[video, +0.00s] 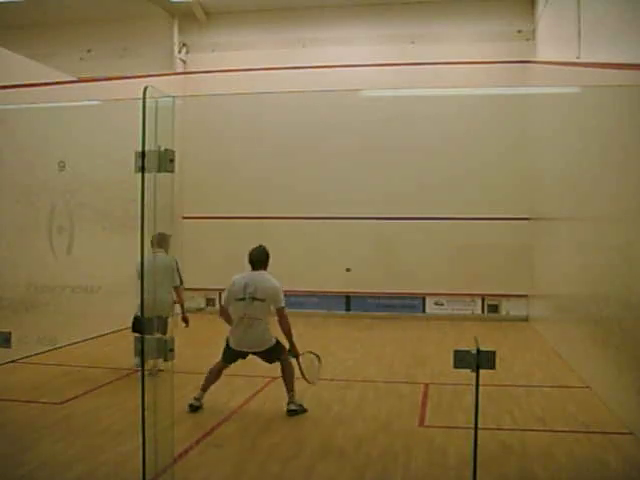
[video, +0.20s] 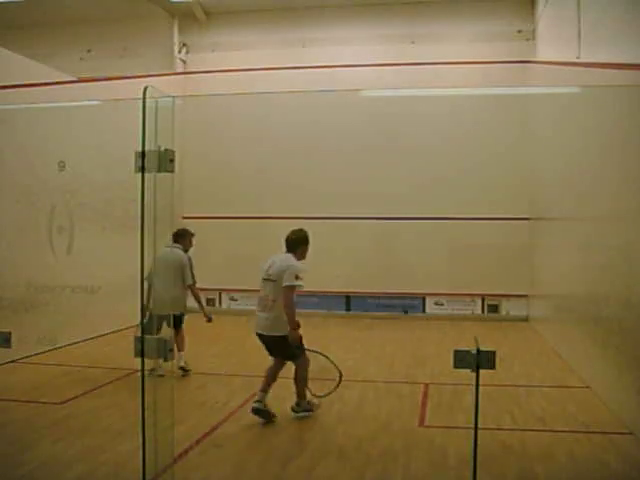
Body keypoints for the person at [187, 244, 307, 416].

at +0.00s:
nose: (268, 263)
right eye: (267, 260)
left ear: (250, 262)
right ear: (267, 262)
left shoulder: (236, 281)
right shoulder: (272, 285)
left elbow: (223, 311)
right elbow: (282, 317)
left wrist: (236, 326)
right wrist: (292, 344)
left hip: (236, 340)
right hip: (261, 341)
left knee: (221, 364)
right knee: (285, 358)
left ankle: (198, 398)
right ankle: (292, 401)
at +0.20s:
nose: (307, 251)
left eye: (307, 247)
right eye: (307, 247)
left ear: (288, 245)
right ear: (302, 247)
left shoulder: (273, 262)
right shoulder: (291, 266)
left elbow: (268, 295)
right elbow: (287, 301)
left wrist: (289, 319)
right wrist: (293, 328)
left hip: (263, 327)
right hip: (279, 329)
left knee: (279, 360)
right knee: (302, 361)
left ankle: (260, 400)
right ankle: (301, 402)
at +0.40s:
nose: (344, 259)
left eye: (343, 255)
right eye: (341, 255)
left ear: (329, 257)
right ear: (329, 256)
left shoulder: (321, 275)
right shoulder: (309, 275)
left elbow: (316, 308)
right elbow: (291, 303)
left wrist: (326, 331)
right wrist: (295, 322)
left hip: (308, 338)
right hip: (303, 340)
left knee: (305, 379)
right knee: (342, 373)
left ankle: (271, 413)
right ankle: (347, 428)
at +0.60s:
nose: (381, 265)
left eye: (381, 261)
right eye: (377, 261)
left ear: (370, 261)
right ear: (362, 260)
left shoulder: (370, 284)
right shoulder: (340, 279)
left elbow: (364, 313)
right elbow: (318, 302)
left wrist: (373, 345)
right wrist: (325, 312)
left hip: (351, 341)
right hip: (329, 343)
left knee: (373, 389)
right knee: (358, 388)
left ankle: (344, 413)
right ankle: (358, 438)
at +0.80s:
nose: (415, 272)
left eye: (416, 267)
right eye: (411, 266)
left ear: (414, 267)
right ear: (398, 265)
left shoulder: (408, 294)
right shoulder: (369, 281)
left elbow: (416, 327)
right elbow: (336, 289)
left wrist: (428, 360)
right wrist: (349, 293)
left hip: (382, 353)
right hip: (354, 352)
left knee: (411, 396)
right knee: (372, 403)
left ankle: (427, 454)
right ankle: (358, 430)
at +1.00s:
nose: (431, 275)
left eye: (432, 270)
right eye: (428, 270)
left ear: (426, 272)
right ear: (412, 269)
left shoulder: (424, 301)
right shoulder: (383, 281)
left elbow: (446, 326)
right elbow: (345, 275)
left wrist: (461, 356)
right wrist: (360, 275)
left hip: (392, 355)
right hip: (362, 350)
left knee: (424, 399)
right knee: (375, 400)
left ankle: (430, 457)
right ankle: (364, 463)